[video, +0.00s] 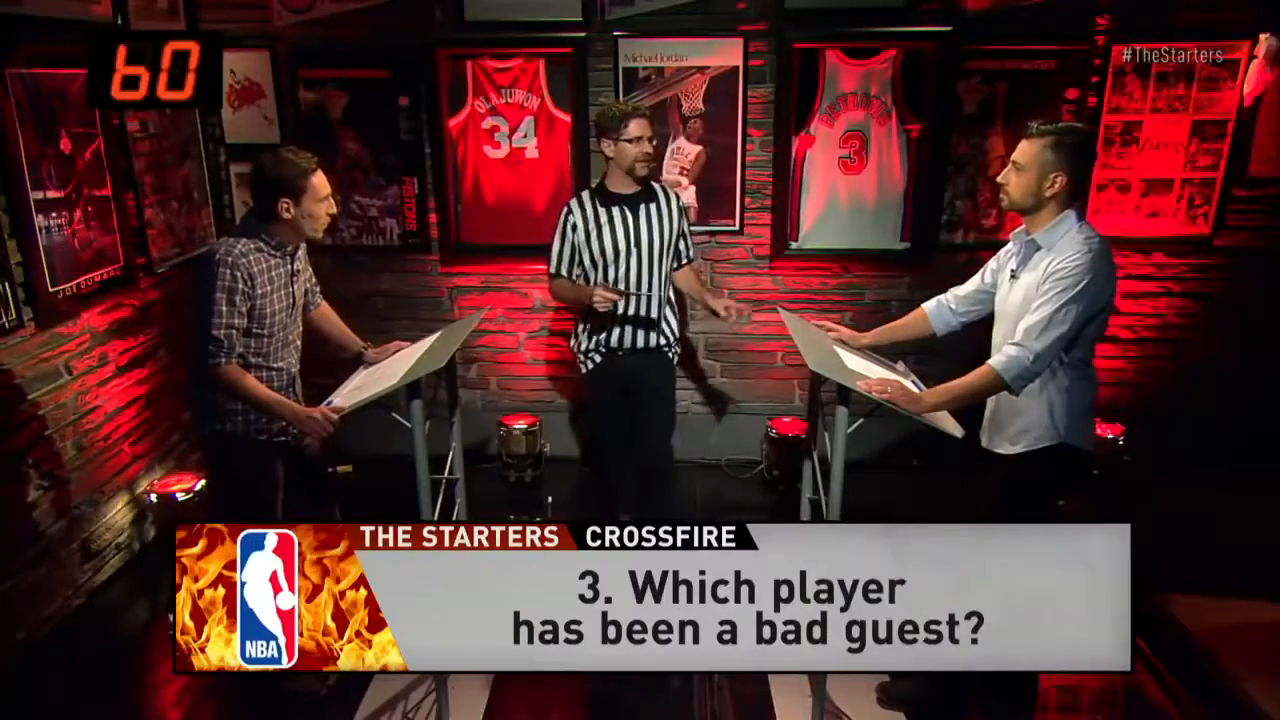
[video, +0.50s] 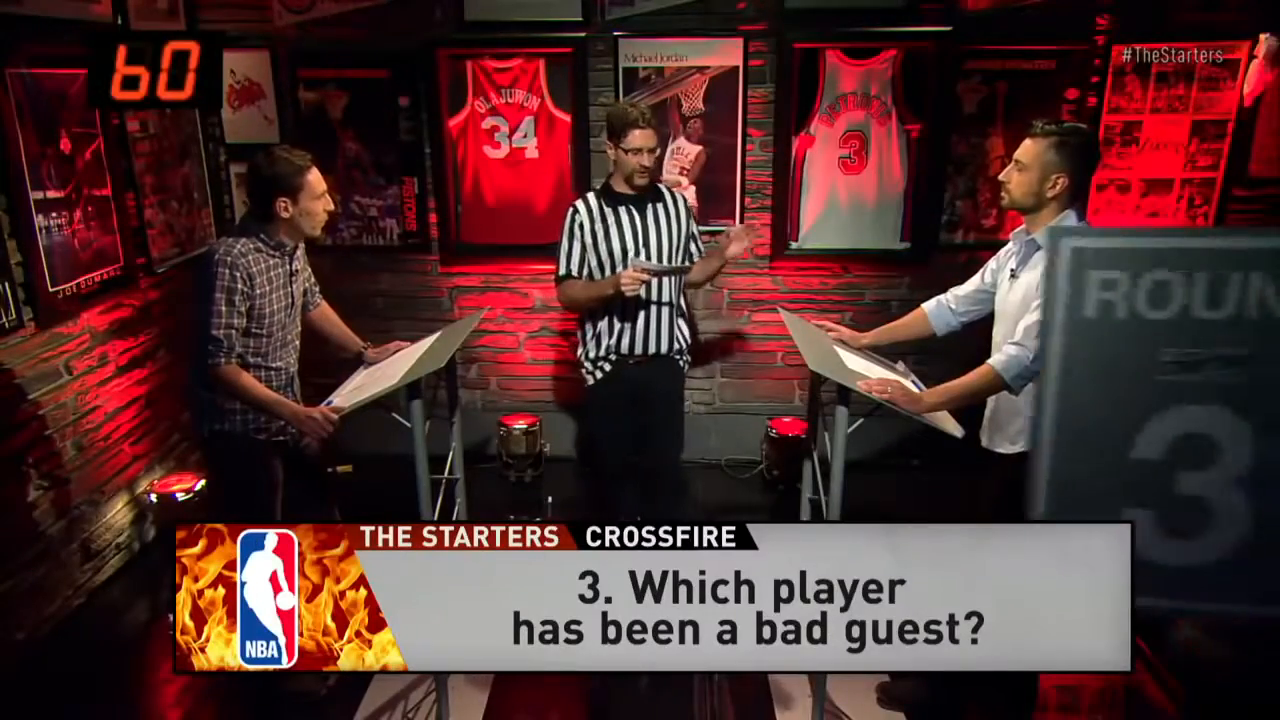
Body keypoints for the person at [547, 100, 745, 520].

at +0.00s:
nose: (648, 149)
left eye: (651, 140)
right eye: (636, 141)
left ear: (654, 144)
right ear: (607, 147)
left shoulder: (669, 202)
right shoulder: (580, 210)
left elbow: (681, 267)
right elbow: (558, 284)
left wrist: (707, 296)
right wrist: (588, 296)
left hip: (657, 355)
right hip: (603, 356)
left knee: (656, 456)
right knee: (608, 457)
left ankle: (657, 536)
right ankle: (610, 535)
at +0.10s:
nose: (650, 149)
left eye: (652, 140)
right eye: (638, 141)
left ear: (653, 143)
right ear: (608, 148)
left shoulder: (669, 203)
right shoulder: (580, 210)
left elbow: (681, 269)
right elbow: (559, 286)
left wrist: (709, 291)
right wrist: (593, 296)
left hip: (656, 357)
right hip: (602, 358)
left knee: (655, 458)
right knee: (606, 460)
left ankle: (656, 538)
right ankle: (608, 538)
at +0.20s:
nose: (650, 150)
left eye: (652, 141)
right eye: (638, 141)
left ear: (654, 144)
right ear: (608, 148)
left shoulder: (669, 204)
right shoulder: (579, 211)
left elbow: (682, 271)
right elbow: (560, 288)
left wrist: (714, 286)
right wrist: (597, 294)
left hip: (656, 358)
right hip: (602, 360)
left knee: (656, 459)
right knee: (606, 460)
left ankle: (657, 540)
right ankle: (611, 540)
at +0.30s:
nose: (647, 155)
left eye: (652, 146)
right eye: (635, 146)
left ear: (656, 147)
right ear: (607, 150)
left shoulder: (670, 204)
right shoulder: (578, 212)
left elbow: (684, 272)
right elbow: (562, 291)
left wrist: (717, 274)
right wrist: (603, 290)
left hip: (658, 360)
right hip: (604, 363)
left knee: (657, 465)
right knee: (607, 466)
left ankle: (657, 546)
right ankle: (609, 547)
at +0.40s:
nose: (644, 160)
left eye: (650, 150)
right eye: (633, 150)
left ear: (658, 150)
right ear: (607, 150)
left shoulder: (671, 204)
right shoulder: (581, 213)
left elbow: (686, 275)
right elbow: (565, 292)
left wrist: (717, 266)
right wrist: (607, 287)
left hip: (662, 362)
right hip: (606, 365)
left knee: (660, 468)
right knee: (608, 469)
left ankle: (659, 548)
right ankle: (610, 549)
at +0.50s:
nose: (645, 162)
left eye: (652, 152)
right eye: (634, 151)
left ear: (661, 151)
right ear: (611, 151)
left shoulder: (676, 204)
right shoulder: (585, 213)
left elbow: (690, 277)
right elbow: (568, 292)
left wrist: (722, 253)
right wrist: (612, 285)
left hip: (665, 366)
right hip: (609, 368)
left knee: (663, 473)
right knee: (609, 475)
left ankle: (664, 553)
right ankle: (611, 555)